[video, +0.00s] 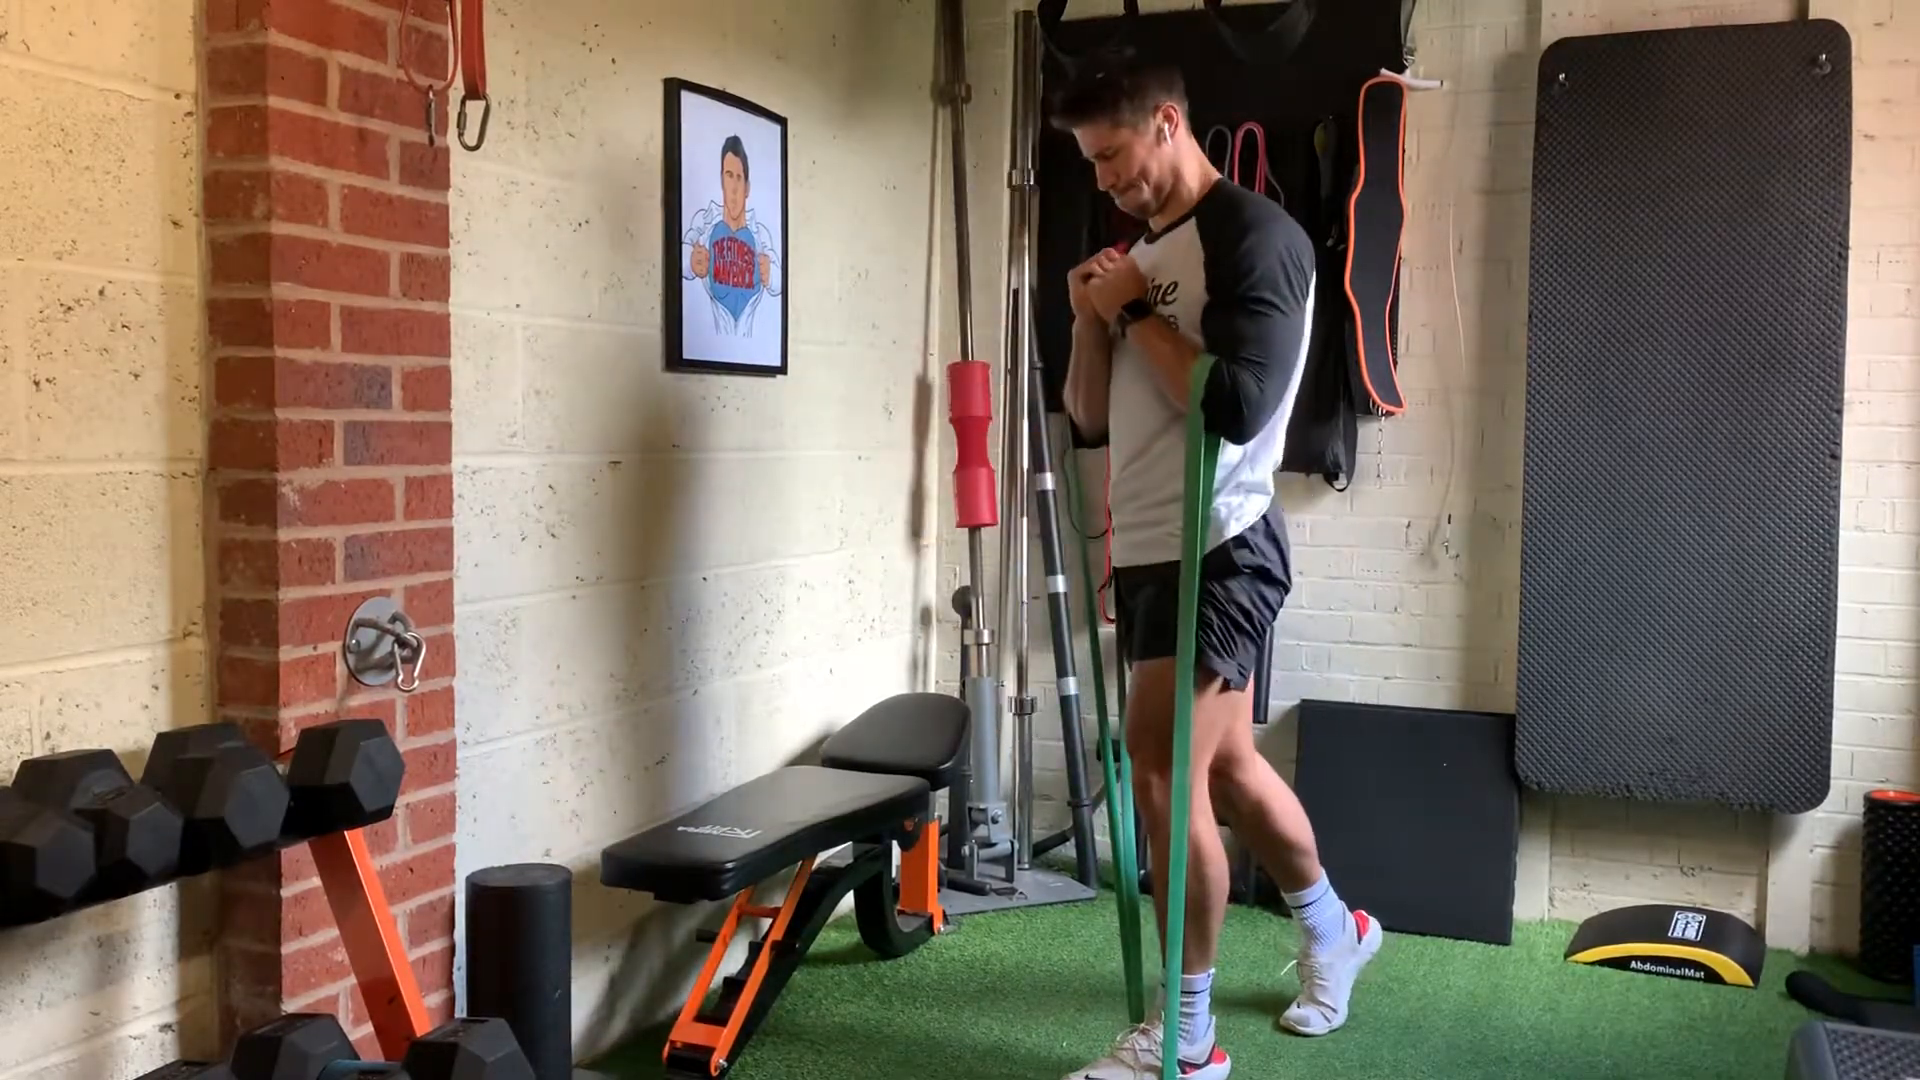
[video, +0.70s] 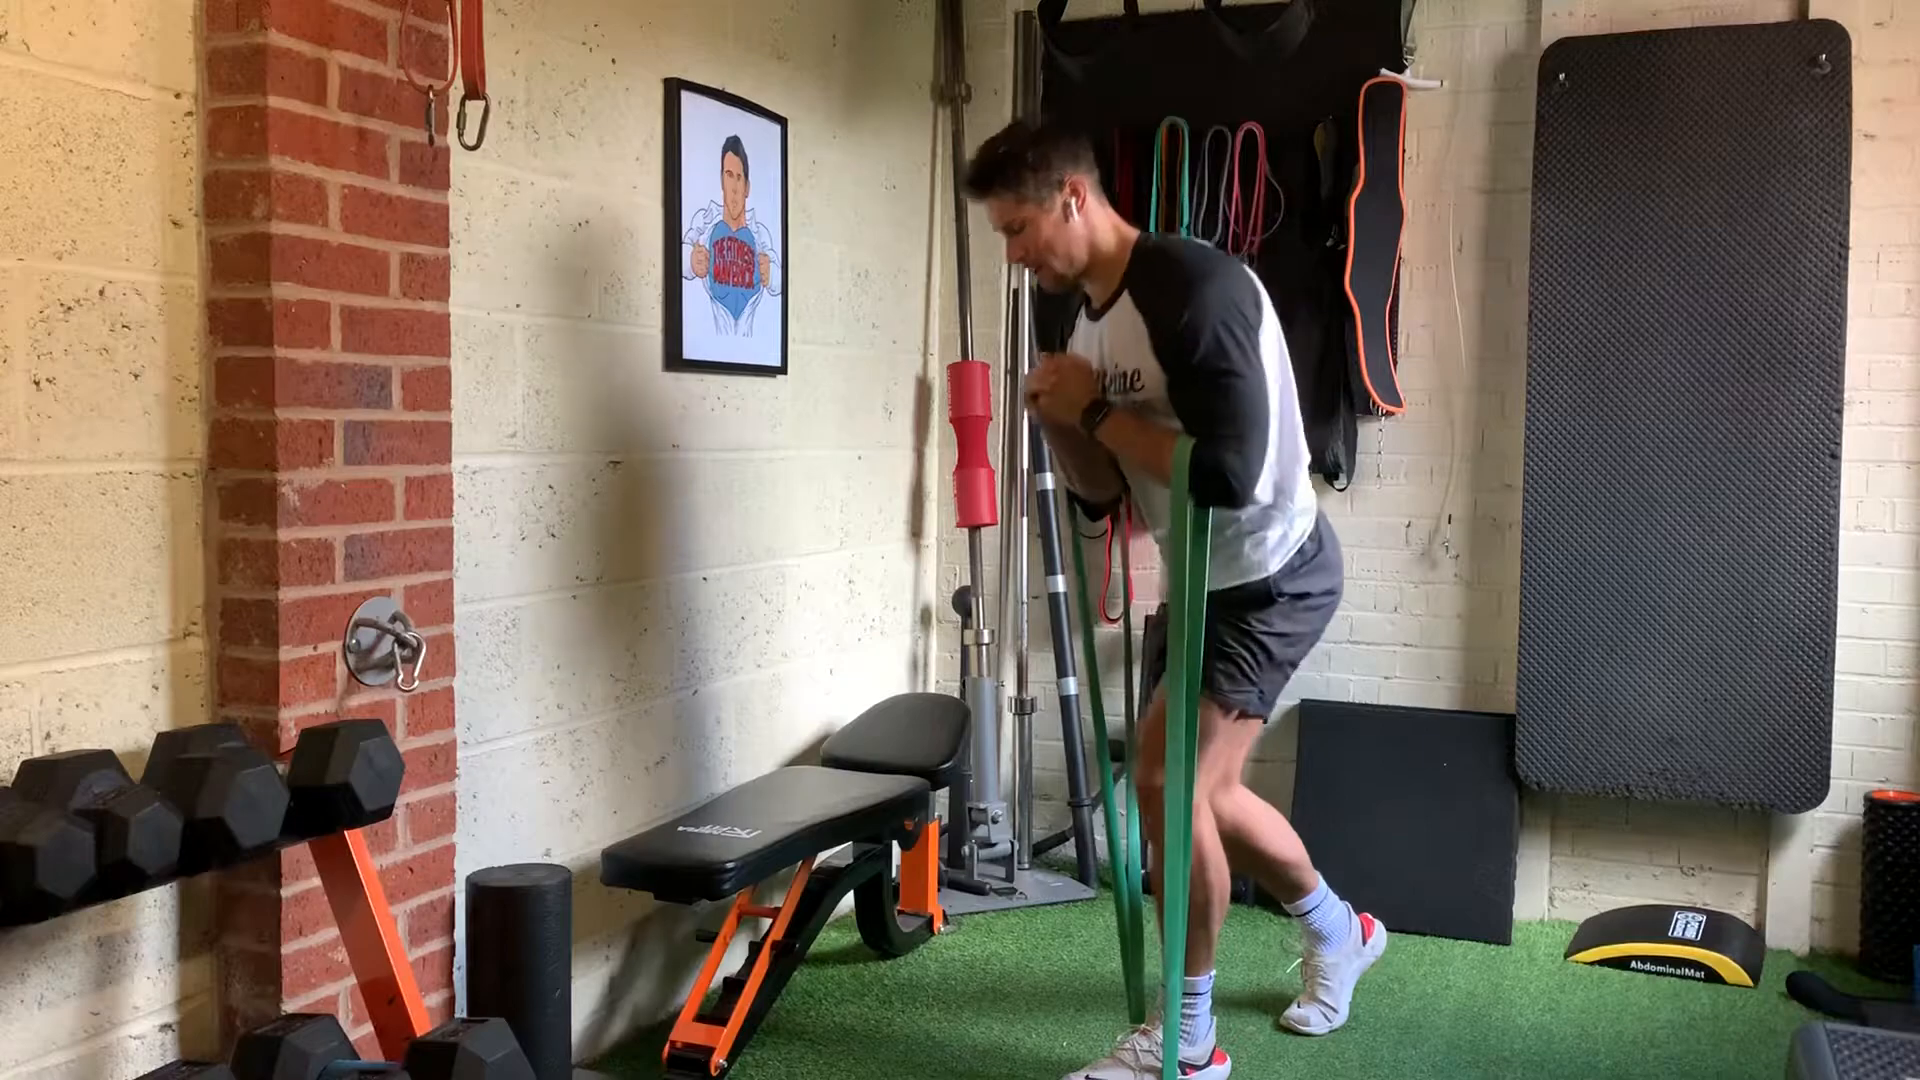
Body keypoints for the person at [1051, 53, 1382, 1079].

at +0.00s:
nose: (1109, 183)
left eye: (1119, 158)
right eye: (1094, 165)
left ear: (1173, 130)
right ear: (1094, 156)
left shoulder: (1260, 235)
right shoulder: (1124, 252)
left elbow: (1241, 404)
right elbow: (1091, 421)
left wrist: (1128, 314)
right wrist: (1094, 320)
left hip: (1222, 546)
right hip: (1144, 554)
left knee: (1164, 775)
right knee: (1231, 768)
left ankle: (1187, 1032)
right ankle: (1336, 930)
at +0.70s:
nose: (1012, 256)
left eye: (1018, 230)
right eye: (1001, 236)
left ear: (1078, 200)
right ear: (1064, 209)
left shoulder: (1202, 293)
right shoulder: (1067, 306)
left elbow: (1231, 479)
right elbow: (1105, 493)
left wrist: (1097, 417)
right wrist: (1061, 421)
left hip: (1275, 572)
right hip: (1200, 572)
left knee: (1163, 769)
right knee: (1205, 786)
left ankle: (1187, 1035)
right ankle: (1339, 926)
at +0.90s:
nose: (968, 358)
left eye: (975, 333)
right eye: (959, 339)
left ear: (1032, 302)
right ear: (1024, 307)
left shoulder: (1167, 372)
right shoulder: (1059, 403)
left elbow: (1229, 550)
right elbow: (1100, 567)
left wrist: (1092, 505)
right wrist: (1049, 514)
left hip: (1304, 584)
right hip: (1230, 587)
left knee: (1173, 790)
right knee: (1208, 804)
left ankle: (1187, 1036)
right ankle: (1345, 931)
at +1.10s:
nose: (947, 446)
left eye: (953, 422)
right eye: (939, 428)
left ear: (1010, 392)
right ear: (1005, 397)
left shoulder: (1149, 441)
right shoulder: (1037, 475)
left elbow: (1224, 614)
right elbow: (1102, 626)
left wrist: (1083, 577)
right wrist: (1053, 593)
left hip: (1323, 596)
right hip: (1248, 605)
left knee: (1180, 789)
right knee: (1200, 807)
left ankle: (1189, 1038)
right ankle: (1341, 932)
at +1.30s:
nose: (928, 533)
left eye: (934, 513)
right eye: (921, 516)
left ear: (992, 484)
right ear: (994, 485)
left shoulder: (1139, 515)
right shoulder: (1029, 538)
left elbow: (1227, 681)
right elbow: (1109, 676)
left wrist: (1081, 653)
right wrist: (1050, 664)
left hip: (1336, 602)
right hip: (1255, 610)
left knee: (1192, 797)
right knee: (1186, 799)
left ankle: (1188, 1038)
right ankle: (1345, 935)